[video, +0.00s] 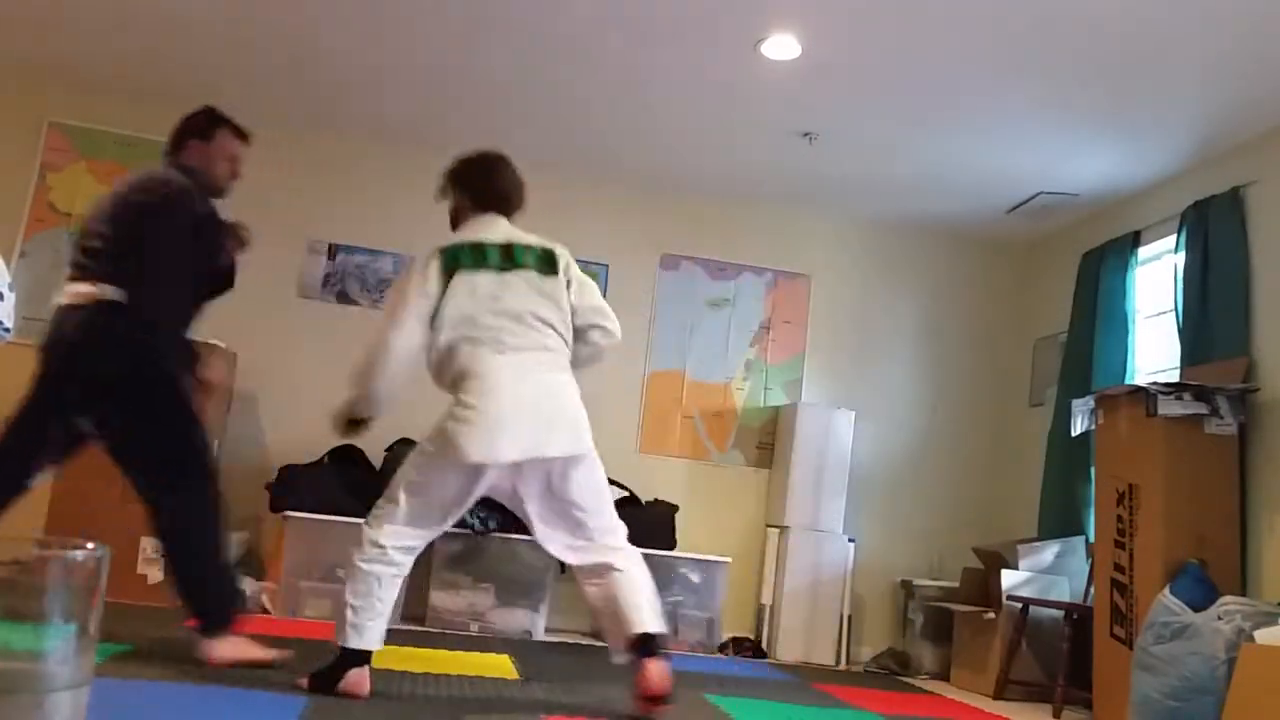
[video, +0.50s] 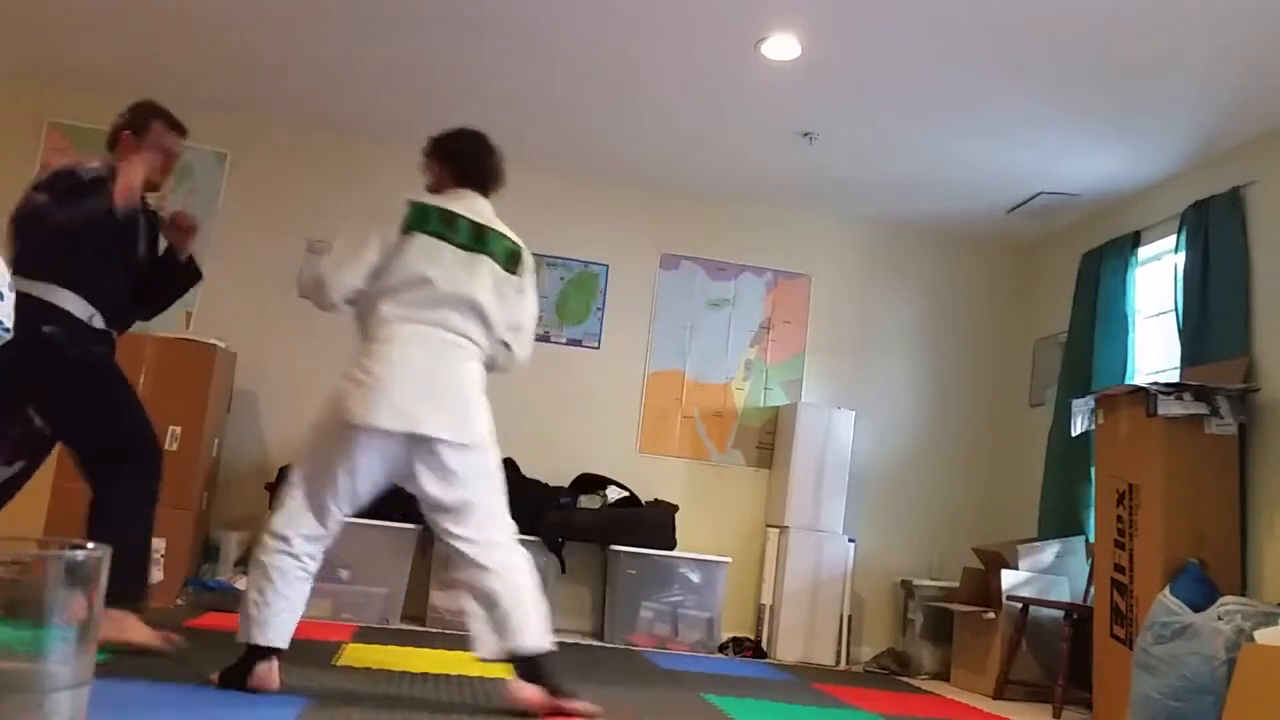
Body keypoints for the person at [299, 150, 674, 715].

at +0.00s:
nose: (448, 210)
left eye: (450, 201)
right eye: (449, 202)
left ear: (459, 203)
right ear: (515, 203)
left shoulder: (439, 261)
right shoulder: (557, 258)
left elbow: (398, 345)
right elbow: (603, 330)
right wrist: (550, 366)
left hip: (480, 421)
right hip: (560, 424)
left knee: (391, 532)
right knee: (603, 541)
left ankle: (353, 659)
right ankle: (649, 643)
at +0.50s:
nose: (425, 178)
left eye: (429, 169)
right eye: (428, 168)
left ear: (441, 171)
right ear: (489, 180)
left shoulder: (408, 215)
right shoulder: (515, 252)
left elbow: (330, 287)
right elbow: (514, 348)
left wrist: (316, 257)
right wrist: (458, 341)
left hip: (379, 396)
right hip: (459, 410)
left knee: (303, 520)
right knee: (489, 537)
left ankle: (260, 656)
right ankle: (534, 670)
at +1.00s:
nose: (250, 166)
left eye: (258, 157)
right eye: (254, 155)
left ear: (277, 167)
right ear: (307, 177)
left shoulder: (282, 212)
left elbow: (233, 277)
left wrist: (196, 245)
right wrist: (122, 271)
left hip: (236, 388)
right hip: (282, 397)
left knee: (123, 499)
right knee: (258, 529)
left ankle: (136, 633)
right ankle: (354, 626)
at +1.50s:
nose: (156, 153)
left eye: (160, 145)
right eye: (161, 144)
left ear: (169, 153)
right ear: (219, 168)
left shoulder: (132, 198)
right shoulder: (237, 238)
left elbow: (42, 232)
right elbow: (242, 328)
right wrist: (193, 354)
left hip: (128, 373)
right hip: (204, 388)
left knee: (17, 471)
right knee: (211, 508)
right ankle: (248, 629)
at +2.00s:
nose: (102, 151)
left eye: (107, 144)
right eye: (106, 142)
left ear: (117, 150)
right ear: (167, 164)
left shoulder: (72, 182)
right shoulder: (190, 226)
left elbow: (8, 237)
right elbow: (176, 314)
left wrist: (32, 281)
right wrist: (128, 314)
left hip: (50, 347)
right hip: (129, 366)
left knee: (0, 460)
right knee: (143, 485)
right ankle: (164, 592)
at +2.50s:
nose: (230, 180)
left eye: (232, 172)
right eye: (232, 172)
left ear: (244, 172)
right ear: (296, 181)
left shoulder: (217, 208)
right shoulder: (323, 244)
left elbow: (162, 283)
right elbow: (313, 328)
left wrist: (140, 271)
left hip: (218, 375)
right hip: (289, 386)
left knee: (160, 491)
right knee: (296, 496)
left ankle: (152, 615)